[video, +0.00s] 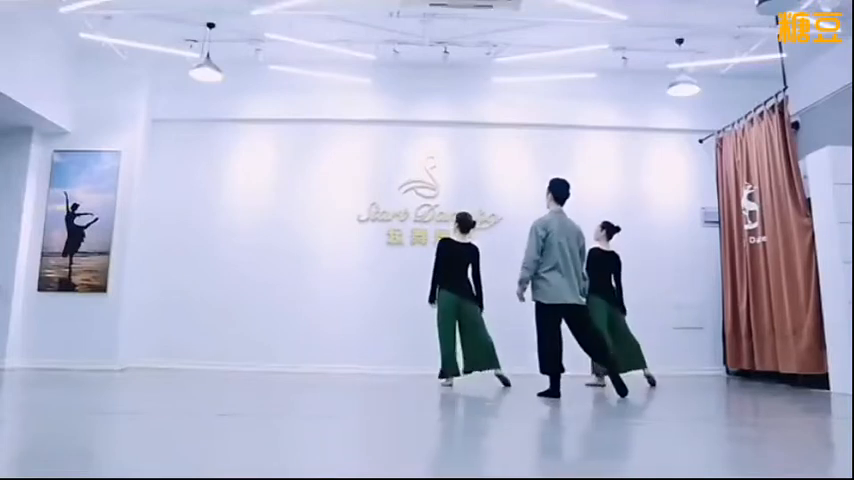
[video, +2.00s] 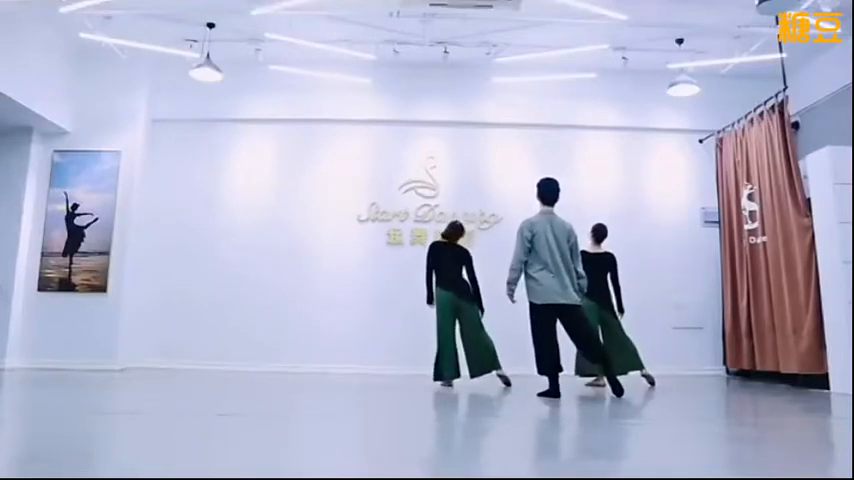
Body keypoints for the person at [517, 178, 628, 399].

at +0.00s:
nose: (545, 197)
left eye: (546, 193)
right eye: (548, 193)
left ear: (549, 195)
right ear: (565, 198)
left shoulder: (541, 225)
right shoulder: (576, 229)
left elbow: (531, 259)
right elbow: (581, 265)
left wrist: (522, 283)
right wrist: (581, 290)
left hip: (547, 295)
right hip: (572, 294)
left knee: (550, 342)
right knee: (589, 337)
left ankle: (554, 387)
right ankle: (614, 374)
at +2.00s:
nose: (541, 197)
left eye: (539, 193)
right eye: (551, 193)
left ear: (537, 196)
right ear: (557, 197)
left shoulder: (528, 226)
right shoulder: (567, 227)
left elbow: (519, 259)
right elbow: (577, 263)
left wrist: (511, 284)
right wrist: (580, 289)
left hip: (540, 296)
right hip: (566, 295)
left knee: (546, 343)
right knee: (587, 337)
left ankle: (553, 387)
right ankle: (611, 376)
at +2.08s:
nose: (542, 197)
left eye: (539, 193)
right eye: (550, 194)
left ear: (537, 196)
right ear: (557, 197)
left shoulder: (528, 226)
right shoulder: (566, 227)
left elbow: (518, 259)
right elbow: (577, 263)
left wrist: (509, 284)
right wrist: (580, 289)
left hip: (539, 297)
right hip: (566, 295)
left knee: (545, 342)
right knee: (586, 337)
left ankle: (553, 388)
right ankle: (610, 376)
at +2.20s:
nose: (540, 200)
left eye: (536, 196)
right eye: (548, 196)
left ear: (533, 198)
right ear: (553, 199)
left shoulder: (527, 228)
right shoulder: (564, 229)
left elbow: (514, 260)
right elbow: (577, 264)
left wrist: (503, 284)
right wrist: (581, 291)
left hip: (538, 297)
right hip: (565, 296)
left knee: (542, 342)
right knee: (579, 337)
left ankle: (553, 387)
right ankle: (603, 372)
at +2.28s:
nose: (536, 201)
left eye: (533, 198)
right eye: (544, 198)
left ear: (532, 200)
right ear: (552, 201)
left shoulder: (526, 229)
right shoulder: (564, 230)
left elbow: (513, 261)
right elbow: (578, 266)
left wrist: (500, 284)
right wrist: (582, 294)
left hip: (538, 298)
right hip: (564, 297)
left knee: (541, 342)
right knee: (576, 338)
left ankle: (552, 387)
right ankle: (599, 372)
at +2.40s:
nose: (531, 209)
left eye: (530, 205)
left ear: (530, 208)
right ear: (549, 208)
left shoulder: (524, 235)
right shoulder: (561, 236)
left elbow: (511, 264)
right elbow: (579, 270)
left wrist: (496, 287)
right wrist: (583, 296)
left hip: (538, 301)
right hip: (564, 300)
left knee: (540, 344)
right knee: (565, 332)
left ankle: (552, 387)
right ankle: (582, 368)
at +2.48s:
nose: (529, 213)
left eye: (529, 209)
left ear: (529, 212)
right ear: (548, 212)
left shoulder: (524, 239)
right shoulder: (561, 239)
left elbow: (510, 268)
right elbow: (579, 273)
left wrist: (494, 291)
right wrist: (583, 298)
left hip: (538, 302)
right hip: (564, 301)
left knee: (539, 344)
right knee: (561, 335)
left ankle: (551, 387)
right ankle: (580, 373)